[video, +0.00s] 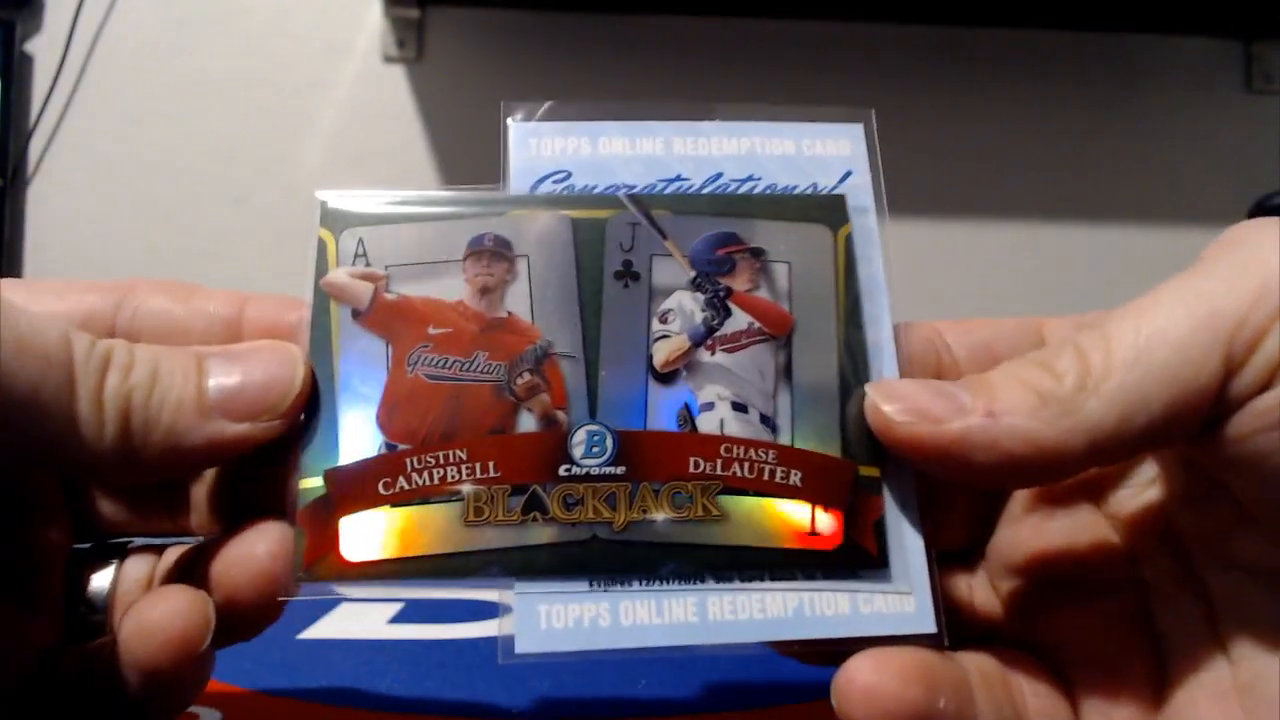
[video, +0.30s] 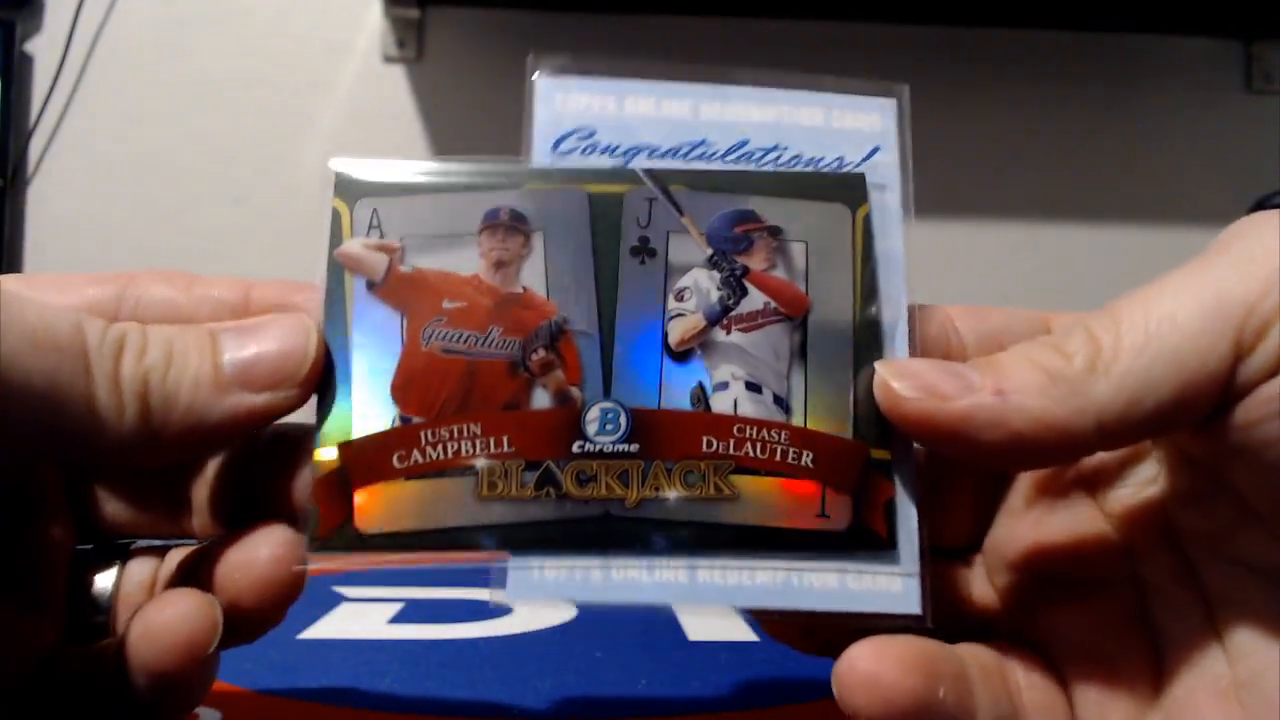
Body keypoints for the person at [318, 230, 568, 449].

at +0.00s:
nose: (485, 265)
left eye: (495, 259)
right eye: (477, 258)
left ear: (511, 272)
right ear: (464, 270)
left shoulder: (528, 339)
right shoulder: (419, 313)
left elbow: (561, 428)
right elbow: (332, 282)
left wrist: (542, 408)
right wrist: (368, 276)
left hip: (483, 473)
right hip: (406, 467)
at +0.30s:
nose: (500, 240)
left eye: (511, 233)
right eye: (492, 232)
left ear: (526, 246)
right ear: (479, 243)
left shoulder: (544, 315)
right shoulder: (433, 286)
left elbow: (574, 406)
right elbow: (347, 253)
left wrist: (554, 381)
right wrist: (379, 246)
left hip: (497, 447)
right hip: (420, 440)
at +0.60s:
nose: (514, 215)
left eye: (525, 209)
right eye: (506, 208)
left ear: (539, 223)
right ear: (493, 219)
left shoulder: (556, 297)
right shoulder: (445, 261)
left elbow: (581, 386)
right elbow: (358, 225)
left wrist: (565, 365)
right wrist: (393, 219)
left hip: (506, 428)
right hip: (428, 417)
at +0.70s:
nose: (514, 213)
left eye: (525, 208)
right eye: (506, 206)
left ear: (539, 224)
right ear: (492, 219)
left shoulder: (555, 295)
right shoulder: (446, 262)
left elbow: (581, 386)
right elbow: (359, 225)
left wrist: (564, 365)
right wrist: (393, 219)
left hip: (504, 429)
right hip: (428, 418)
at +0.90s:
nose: (513, 220)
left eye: (524, 214)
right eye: (505, 213)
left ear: (538, 230)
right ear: (491, 226)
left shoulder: (555, 303)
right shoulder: (446, 270)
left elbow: (581, 395)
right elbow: (359, 232)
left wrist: (564, 371)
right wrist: (395, 227)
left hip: (507, 437)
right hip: (430, 428)